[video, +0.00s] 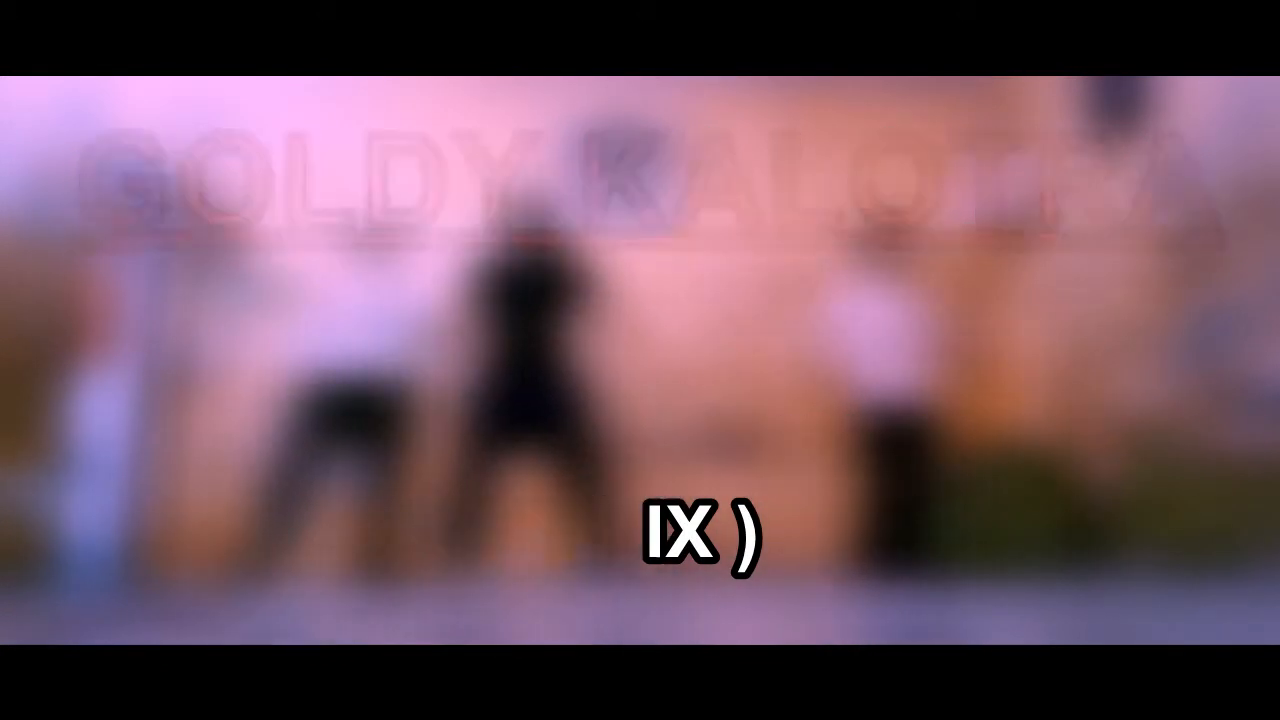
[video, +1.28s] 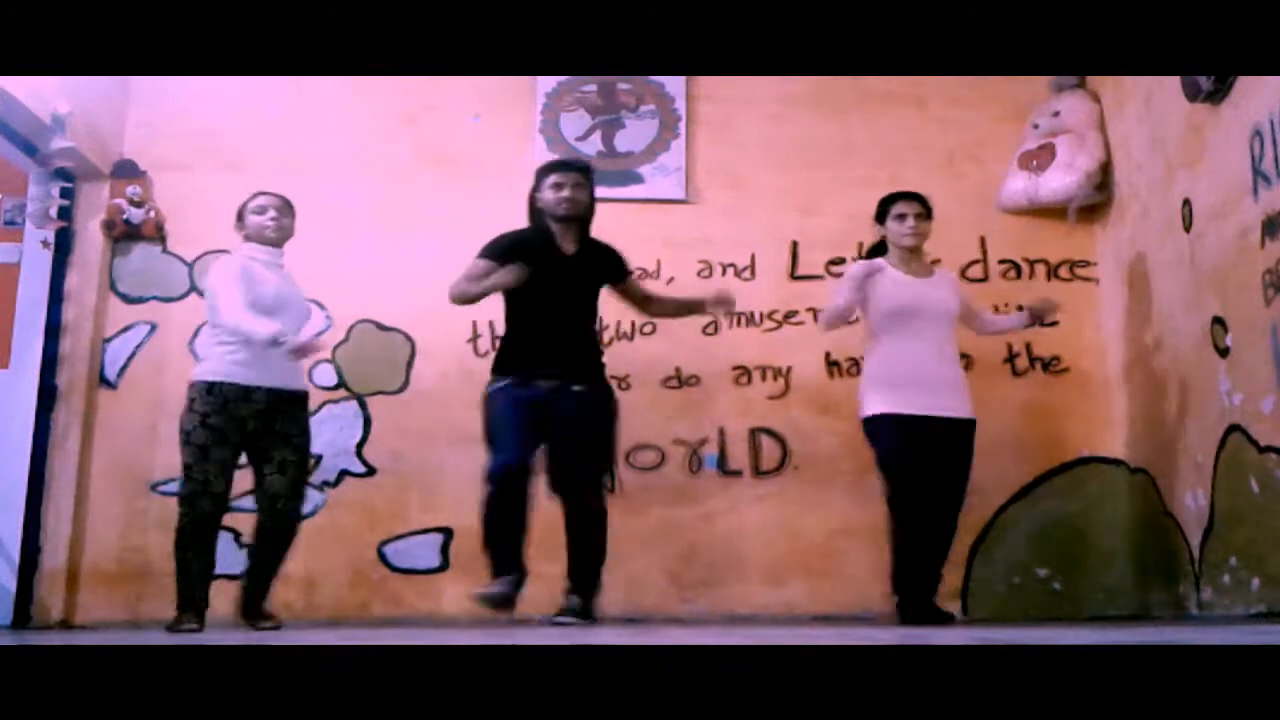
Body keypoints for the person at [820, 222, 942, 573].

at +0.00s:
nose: (887, 248)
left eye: (894, 237)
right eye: (879, 237)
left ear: (904, 243)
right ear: (863, 242)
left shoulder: (912, 289)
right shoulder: (848, 290)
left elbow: (933, 343)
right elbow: (831, 346)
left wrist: (928, 383)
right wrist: (854, 383)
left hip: (913, 398)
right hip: (871, 399)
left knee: (916, 485)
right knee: (880, 487)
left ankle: (913, 552)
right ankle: (879, 554)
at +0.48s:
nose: (839, 244)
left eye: (847, 238)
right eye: (830, 239)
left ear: (860, 246)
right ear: (820, 249)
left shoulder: (880, 292)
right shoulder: (802, 291)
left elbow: (895, 340)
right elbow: (787, 339)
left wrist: (907, 385)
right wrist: (787, 376)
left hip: (873, 401)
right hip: (817, 403)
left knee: (888, 485)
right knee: (813, 486)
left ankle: (903, 561)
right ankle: (810, 563)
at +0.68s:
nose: (834, 245)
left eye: (842, 239)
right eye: (825, 240)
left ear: (854, 247)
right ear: (814, 249)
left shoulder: (874, 292)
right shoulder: (797, 289)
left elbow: (896, 333)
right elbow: (777, 333)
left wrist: (902, 358)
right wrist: (761, 371)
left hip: (867, 402)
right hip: (816, 402)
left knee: (871, 483)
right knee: (819, 483)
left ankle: (855, 559)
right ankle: (811, 563)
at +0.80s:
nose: (879, 227)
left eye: (888, 220)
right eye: (869, 221)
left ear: (901, 230)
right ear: (854, 231)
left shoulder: (922, 283)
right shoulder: (833, 278)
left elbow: (957, 334)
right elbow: (798, 329)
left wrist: (938, 303)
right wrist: (762, 371)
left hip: (910, 405)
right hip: (860, 401)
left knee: (908, 500)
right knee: (897, 491)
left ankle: (884, 595)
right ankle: (853, 587)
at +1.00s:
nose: (892, 226)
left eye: (900, 219)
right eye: (881, 220)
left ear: (912, 230)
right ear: (865, 230)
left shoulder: (932, 277)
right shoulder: (843, 279)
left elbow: (977, 312)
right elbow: (801, 325)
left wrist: (976, 275)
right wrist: (765, 360)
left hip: (919, 404)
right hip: (868, 401)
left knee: (918, 499)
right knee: (911, 494)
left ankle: (895, 595)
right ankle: (918, 596)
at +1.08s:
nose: (893, 226)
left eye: (901, 220)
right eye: (882, 220)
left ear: (913, 230)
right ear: (865, 231)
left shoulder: (938, 280)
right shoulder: (846, 281)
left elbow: (996, 313)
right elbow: (813, 335)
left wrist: (1039, 301)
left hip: (932, 406)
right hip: (869, 407)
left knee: (931, 504)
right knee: (887, 504)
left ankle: (899, 594)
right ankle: (908, 599)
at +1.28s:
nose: (911, 225)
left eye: (919, 218)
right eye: (900, 218)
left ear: (929, 227)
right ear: (883, 227)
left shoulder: (945, 280)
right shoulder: (868, 274)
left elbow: (984, 323)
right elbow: (829, 321)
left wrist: (1030, 316)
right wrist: (855, 281)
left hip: (950, 406)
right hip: (892, 405)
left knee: (945, 508)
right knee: (911, 503)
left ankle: (924, 600)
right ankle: (911, 602)